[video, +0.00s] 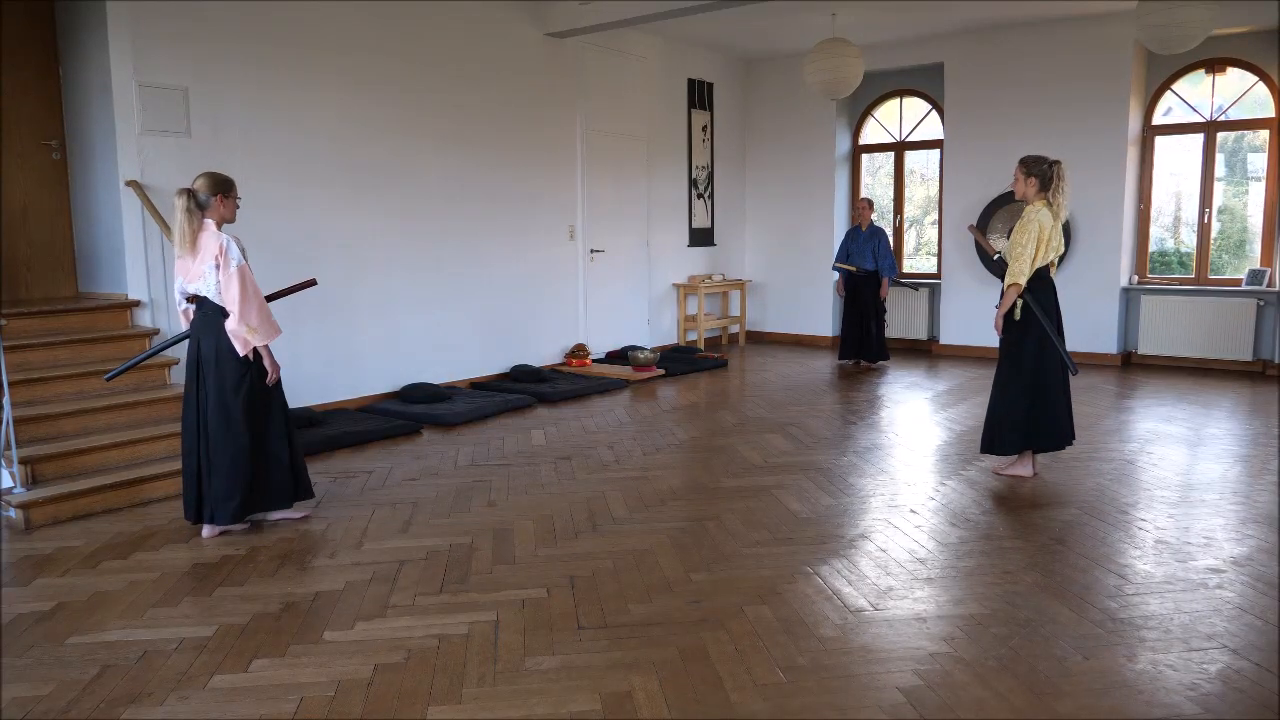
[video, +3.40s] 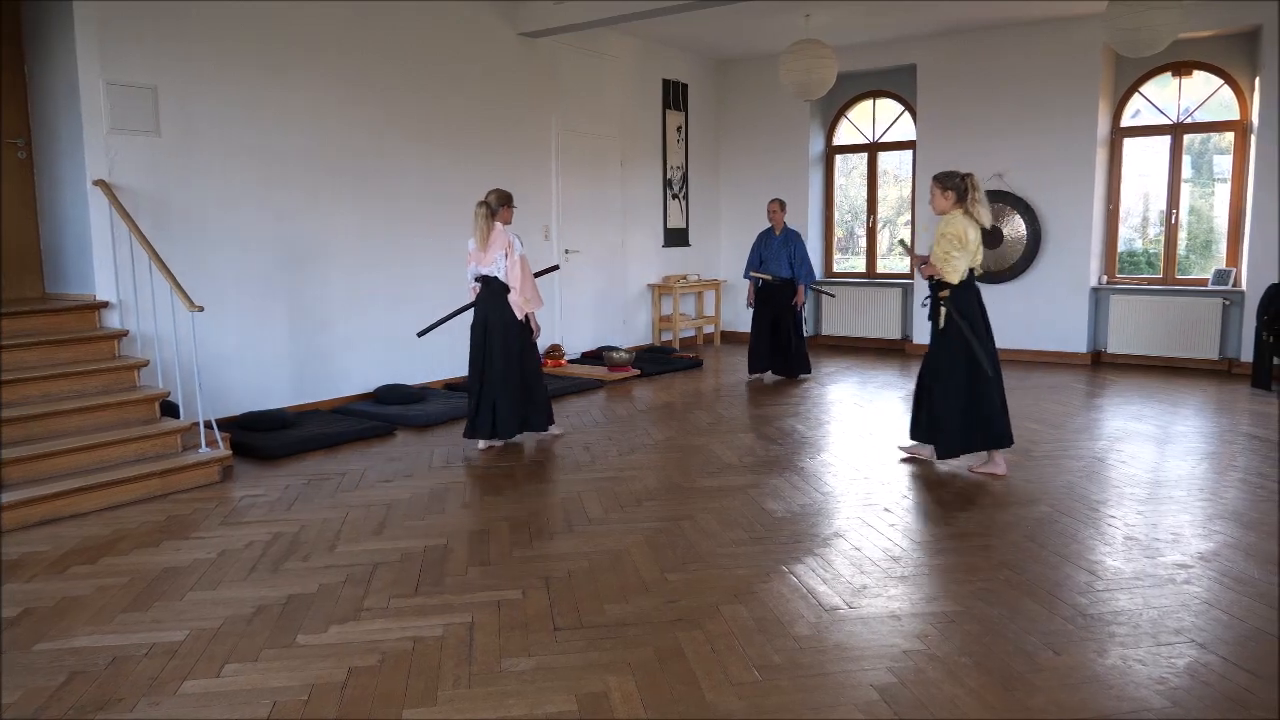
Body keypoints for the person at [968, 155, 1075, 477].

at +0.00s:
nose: (1013, 184)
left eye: (1016, 178)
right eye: (1014, 178)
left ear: (1032, 182)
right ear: (1036, 182)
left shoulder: (1032, 217)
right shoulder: (1050, 213)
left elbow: (1021, 267)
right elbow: (1019, 255)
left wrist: (1002, 308)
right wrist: (987, 243)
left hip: (1028, 301)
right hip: (1042, 298)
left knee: (1025, 375)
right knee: (1034, 375)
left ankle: (1025, 459)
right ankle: (1026, 455)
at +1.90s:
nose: (996, 186)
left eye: (1000, 181)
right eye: (997, 180)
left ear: (1015, 183)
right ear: (1022, 184)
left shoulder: (1016, 217)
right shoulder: (1034, 215)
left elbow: (1005, 268)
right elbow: (1008, 261)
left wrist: (985, 308)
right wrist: (977, 250)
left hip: (1013, 301)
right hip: (1026, 298)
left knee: (1012, 375)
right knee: (1018, 375)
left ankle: (1014, 458)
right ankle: (1015, 454)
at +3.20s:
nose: (956, 192)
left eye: (959, 187)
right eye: (957, 186)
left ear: (975, 188)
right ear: (980, 189)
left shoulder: (976, 218)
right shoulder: (995, 215)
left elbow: (983, 265)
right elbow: (996, 257)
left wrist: (950, 277)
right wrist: (956, 250)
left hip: (978, 304)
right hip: (991, 301)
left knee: (988, 376)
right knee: (984, 375)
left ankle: (999, 458)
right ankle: (984, 449)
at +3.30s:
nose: (945, 195)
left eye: (948, 190)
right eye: (945, 189)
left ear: (963, 191)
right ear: (969, 191)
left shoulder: (965, 220)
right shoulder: (984, 217)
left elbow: (971, 265)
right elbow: (981, 258)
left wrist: (942, 266)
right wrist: (940, 252)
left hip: (966, 303)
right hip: (981, 300)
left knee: (950, 373)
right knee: (985, 375)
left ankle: (997, 459)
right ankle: (949, 443)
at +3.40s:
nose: (930, 200)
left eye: (933, 194)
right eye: (931, 194)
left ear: (949, 196)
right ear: (954, 196)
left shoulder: (951, 226)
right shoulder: (970, 222)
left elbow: (951, 272)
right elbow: (974, 263)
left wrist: (926, 270)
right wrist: (934, 261)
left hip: (955, 306)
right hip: (969, 302)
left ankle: (996, 459)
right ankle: (930, 445)